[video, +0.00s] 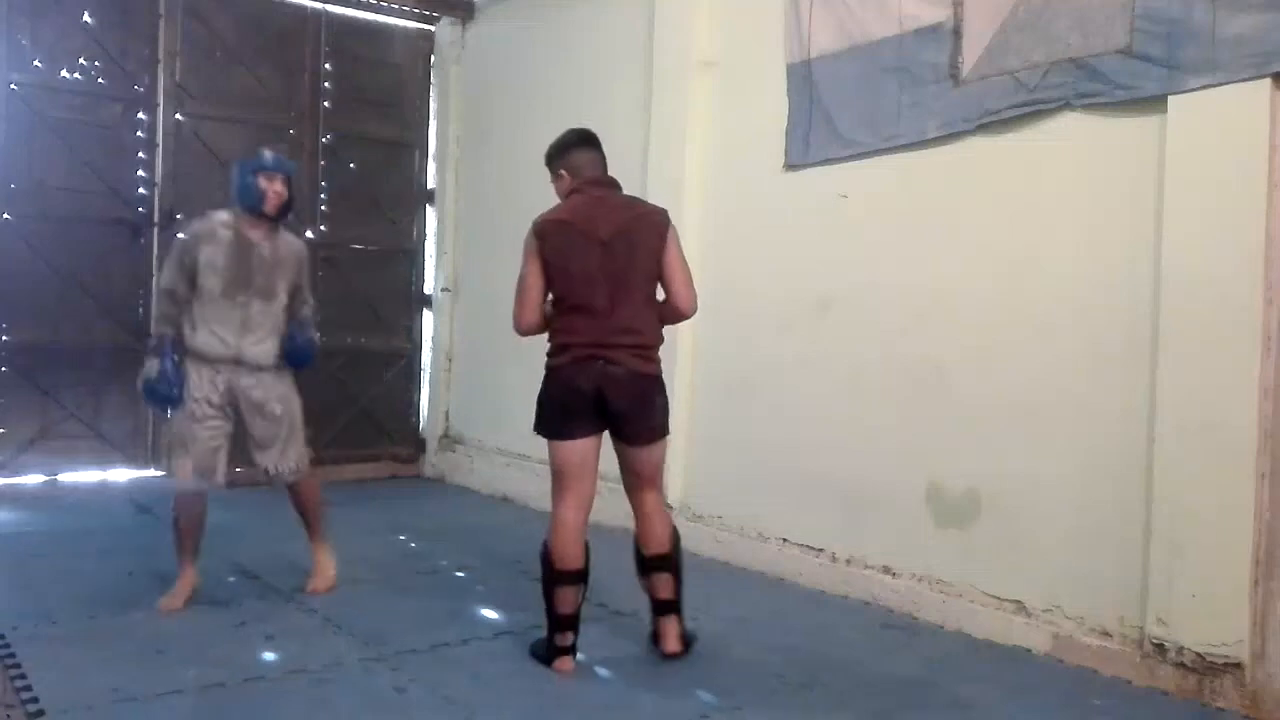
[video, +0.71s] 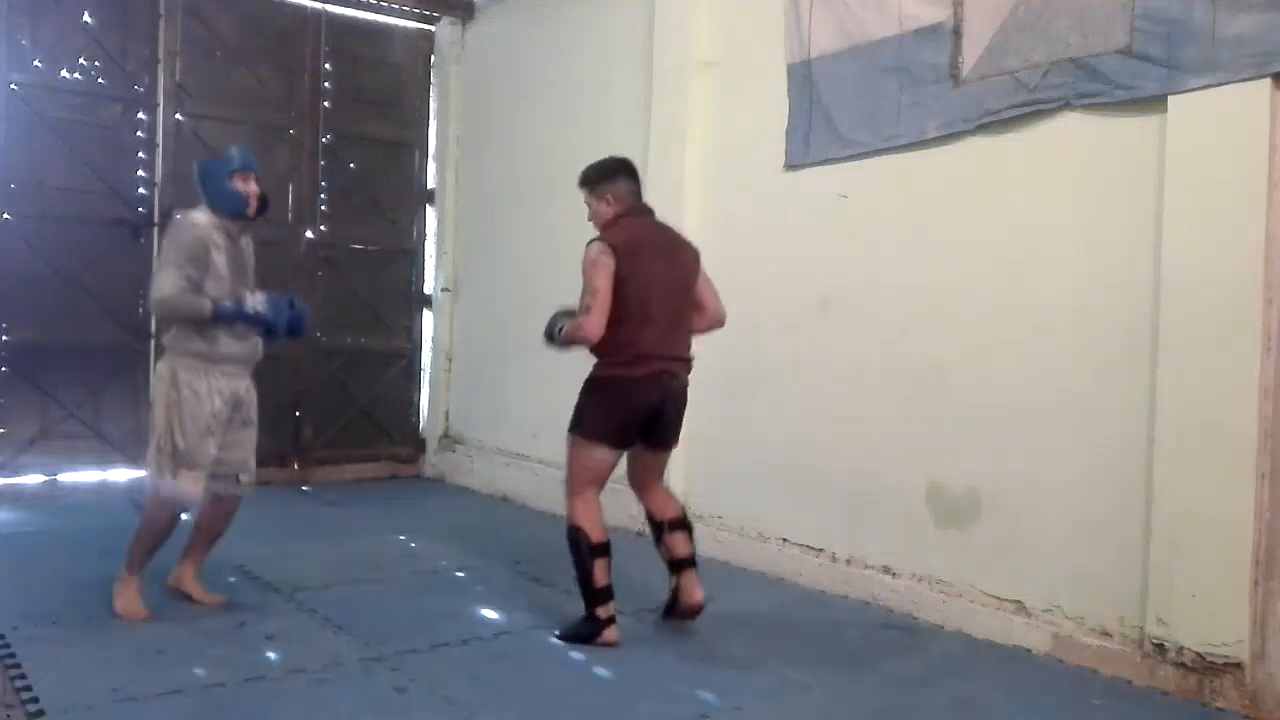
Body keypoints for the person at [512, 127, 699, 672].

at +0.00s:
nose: (551, 187)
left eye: (550, 180)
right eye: (551, 181)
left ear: (562, 176)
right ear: (606, 169)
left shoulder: (547, 228)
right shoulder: (653, 218)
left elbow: (527, 322)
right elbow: (683, 304)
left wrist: (569, 308)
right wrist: (641, 314)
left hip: (571, 384)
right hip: (637, 384)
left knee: (570, 505)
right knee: (648, 496)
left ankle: (563, 648)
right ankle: (670, 631)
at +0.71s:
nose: (588, 214)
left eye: (590, 204)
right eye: (586, 205)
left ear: (611, 200)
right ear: (629, 198)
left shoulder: (605, 246)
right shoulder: (678, 244)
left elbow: (591, 331)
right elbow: (712, 314)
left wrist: (562, 329)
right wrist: (658, 324)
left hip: (617, 387)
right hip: (671, 389)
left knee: (584, 490)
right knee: (649, 482)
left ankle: (601, 618)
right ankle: (688, 587)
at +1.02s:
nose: (634, 208)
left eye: (637, 199)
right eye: (633, 199)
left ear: (657, 195)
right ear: (678, 194)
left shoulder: (659, 239)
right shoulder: (715, 240)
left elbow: (632, 313)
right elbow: (737, 314)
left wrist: (613, 274)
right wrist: (678, 300)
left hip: (663, 381)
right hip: (711, 380)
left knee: (629, 487)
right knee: (694, 478)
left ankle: (638, 614)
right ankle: (748, 586)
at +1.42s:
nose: (675, 210)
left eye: (679, 201)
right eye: (673, 202)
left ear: (705, 197)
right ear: (712, 199)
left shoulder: (711, 238)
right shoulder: (740, 234)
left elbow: (667, 303)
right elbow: (705, 298)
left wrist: (656, 256)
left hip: (712, 377)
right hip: (745, 376)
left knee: (686, 479)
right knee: (731, 477)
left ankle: (719, 597)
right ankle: (770, 584)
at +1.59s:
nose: (677, 210)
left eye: (682, 200)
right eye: (676, 201)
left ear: (709, 196)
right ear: (710, 197)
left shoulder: (724, 240)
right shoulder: (736, 232)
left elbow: (731, 311)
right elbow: (731, 302)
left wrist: (679, 295)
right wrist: (685, 301)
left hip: (713, 368)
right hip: (743, 368)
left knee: (657, 457)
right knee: (733, 471)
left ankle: (694, 571)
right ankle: (769, 579)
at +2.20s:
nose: (643, 203)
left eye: (648, 193)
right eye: (643, 193)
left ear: (675, 194)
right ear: (682, 196)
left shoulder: (675, 240)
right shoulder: (709, 238)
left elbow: (652, 315)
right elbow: (693, 309)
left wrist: (620, 289)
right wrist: (639, 303)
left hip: (662, 380)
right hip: (698, 379)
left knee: (635, 483)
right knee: (697, 478)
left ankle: (661, 603)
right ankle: (754, 575)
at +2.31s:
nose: (635, 186)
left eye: (640, 177)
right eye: (636, 177)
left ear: (663, 178)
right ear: (678, 179)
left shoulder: (660, 220)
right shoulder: (709, 227)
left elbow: (644, 296)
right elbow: (716, 308)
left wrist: (608, 269)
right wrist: (644, 299)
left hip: (656, 362)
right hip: (693, 360)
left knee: (648, 478)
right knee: (669, 469)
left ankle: (658, 598)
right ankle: (709, 570)